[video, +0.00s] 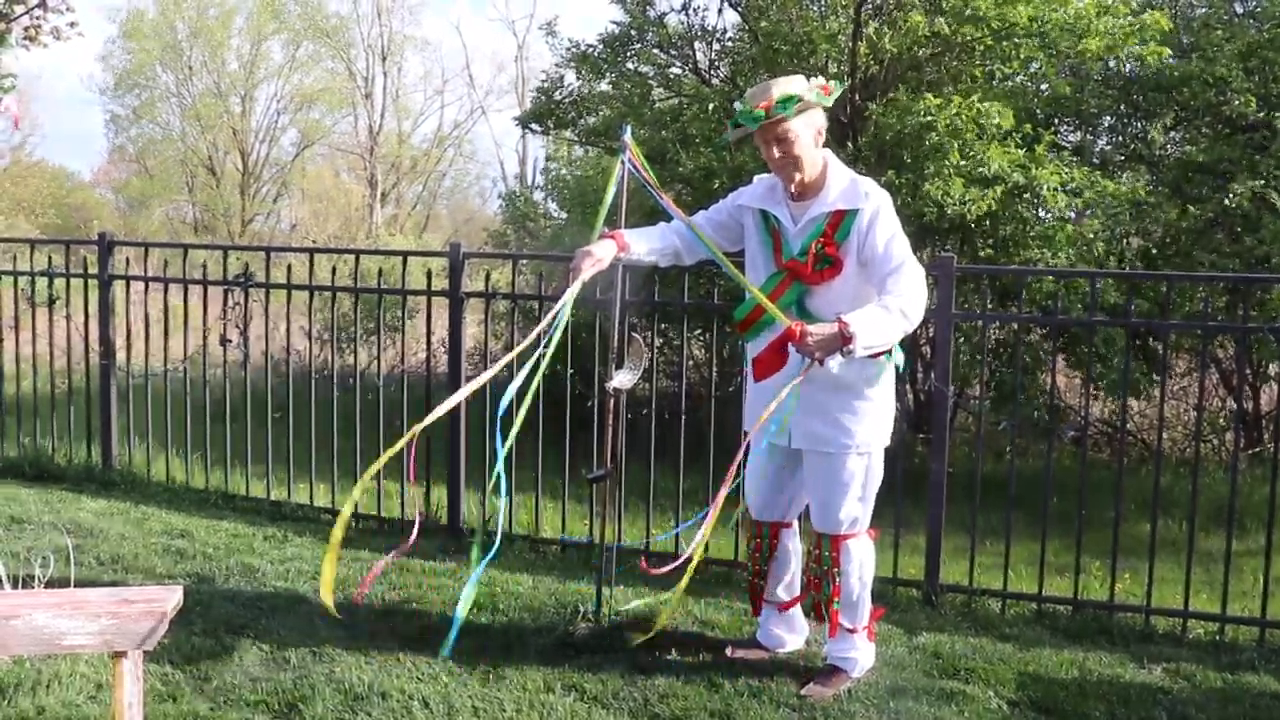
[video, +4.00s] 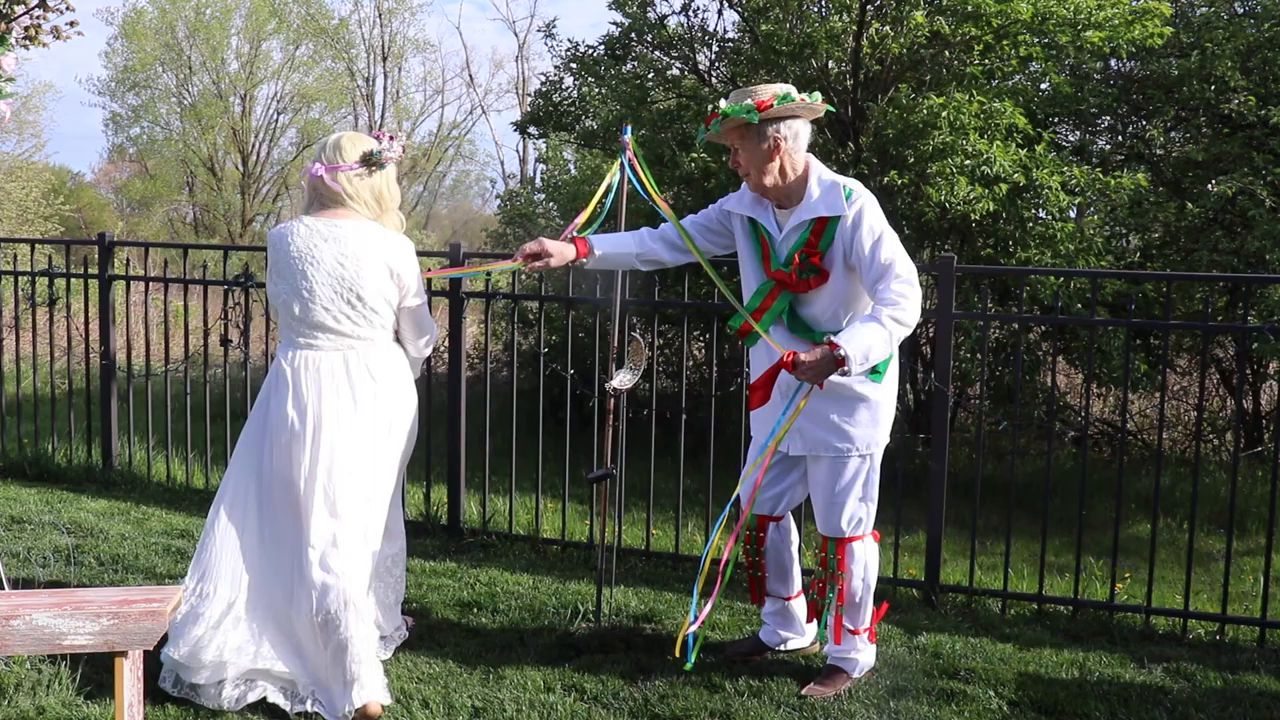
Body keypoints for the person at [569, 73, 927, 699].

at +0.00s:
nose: (776, 154)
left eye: (787, 140)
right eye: (765, 144)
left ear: (821, 132)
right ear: (758, 145)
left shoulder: (866, 205)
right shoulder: (754, 201)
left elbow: (908, 294)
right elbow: (684, 237)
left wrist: (847, 331)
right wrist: (615, 244)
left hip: (849, 394)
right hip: (773, 384)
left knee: (842, 525)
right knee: (770, 510)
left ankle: (848, 655)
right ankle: (778, 635)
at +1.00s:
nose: (776, 158)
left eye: (786, 143)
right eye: (767, 146)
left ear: (823, 134)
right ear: (762, 147)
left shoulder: (871, 205)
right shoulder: (759, 202)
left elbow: (914, 293)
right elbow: (690, 236)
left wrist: (857, 333)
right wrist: (621, 245)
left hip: (851, 393)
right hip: (776, 386)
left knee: (843, 525)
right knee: (770, 511)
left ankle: (848, 656)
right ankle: (778, 635)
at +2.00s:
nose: (772, 155)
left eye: (782, 141)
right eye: (765, 144)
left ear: (822, 135)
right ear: (763, 146)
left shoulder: (874, 205)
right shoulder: (759, 202)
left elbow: (917, 294)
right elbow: (688, 235)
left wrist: (860, 334)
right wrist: (616, 244)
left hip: (853, 391)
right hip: (776, 384)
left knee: (846, 524)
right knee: (774, 511)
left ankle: (849, 656)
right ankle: (778, 634)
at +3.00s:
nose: (750, 162)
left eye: (757, 147)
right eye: (745, 149)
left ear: (798, 141)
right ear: (754, 148)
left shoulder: (860, 204)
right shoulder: (744, 203)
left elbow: (908, 293)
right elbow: (660, 227)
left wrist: (859, 336)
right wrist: (569, 232)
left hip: (848, 387)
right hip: (774, 382)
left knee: (843, 517)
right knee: (766, 507)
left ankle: (851, 653)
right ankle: (780, 632)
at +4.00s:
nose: (730, 162)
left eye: (737, 149)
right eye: (728, 150)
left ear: (780, 144)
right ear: (768, 149)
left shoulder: (850, 205)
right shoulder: (741, 208)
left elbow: (900, 295)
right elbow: (664, 242)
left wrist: (842, 352)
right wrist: (575, 248)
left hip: (851, 387)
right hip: (780, 381)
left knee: (845, 523)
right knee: (761, 504)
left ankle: (851, 657)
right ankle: (785, 630)